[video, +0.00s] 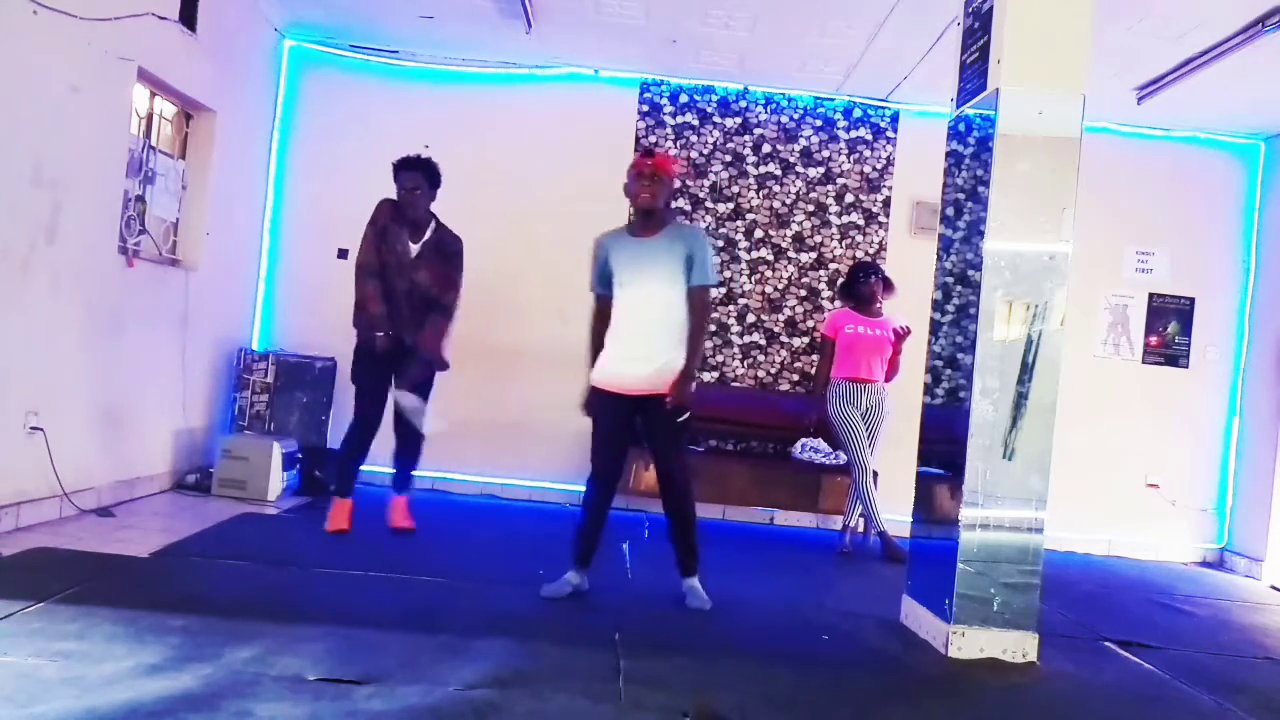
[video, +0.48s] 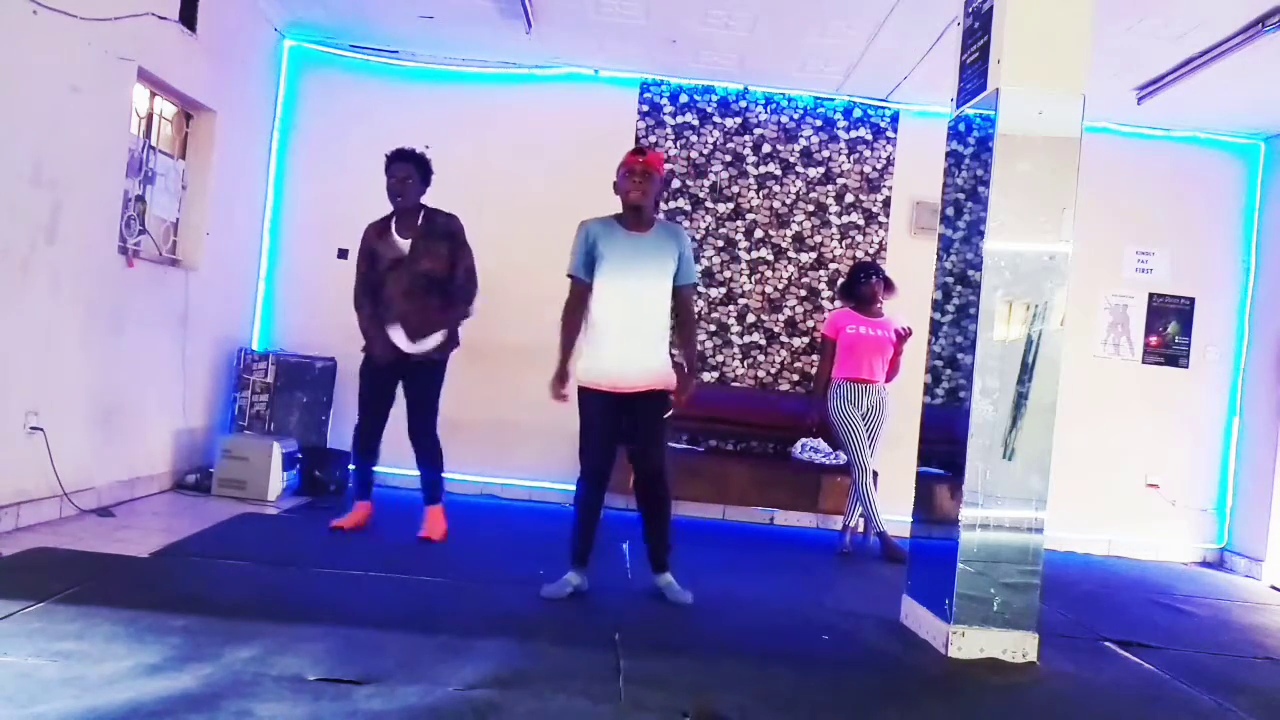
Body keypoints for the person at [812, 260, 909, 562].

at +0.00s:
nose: (878, 294)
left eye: (881, 287)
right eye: (870, 286)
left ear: (885, 290)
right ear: (855, 289)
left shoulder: (889, 327)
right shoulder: (838, 318)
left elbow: (889, 376)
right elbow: (825, 363)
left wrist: (898, 348)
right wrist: (818, 403)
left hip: (876, 397)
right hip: (843, 393)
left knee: (864, 464)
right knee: (861, 462)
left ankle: (847, 531)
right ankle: (883, 534)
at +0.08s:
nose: (877, 296)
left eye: (881, 289)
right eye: (870, 289)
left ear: (885, 290)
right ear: (855, 290)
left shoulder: (889, 327)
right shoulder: (838, 318)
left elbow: (889, 376)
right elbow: (825, 363)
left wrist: (898, 348)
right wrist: (818, 403)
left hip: (875, 398)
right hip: (843, 393)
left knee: (864, 464)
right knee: (861, 462)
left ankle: (847, 531)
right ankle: (883, 534)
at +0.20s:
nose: (877, 294)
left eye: (880, 287)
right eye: (870, 287)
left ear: (885, 289)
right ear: (855, 290)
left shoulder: (889, 327)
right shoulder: (838, 318)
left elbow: (889, 376)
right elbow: (825, 364)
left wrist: (898, 348)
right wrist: (817, 404)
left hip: (875, 398)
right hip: (843, 394)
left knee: (864, 464)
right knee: (861, 463)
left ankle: (847, 532)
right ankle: (882, 535)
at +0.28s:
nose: (877, 290)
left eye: (880, 284)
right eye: (869, 283)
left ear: (885, 289)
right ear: (856, 289)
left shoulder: (890, 327)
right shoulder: (838, 318)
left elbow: (889, 376)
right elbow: (825, 364)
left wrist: (898, 348)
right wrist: (818, 404)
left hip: (876, 397)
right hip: (843, 393)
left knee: (864, 465)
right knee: (862, 464)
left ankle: (847, 532)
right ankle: (882, 535)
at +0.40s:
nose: (877, 289)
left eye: (880, 283)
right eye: (869, 283)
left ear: (885, 288)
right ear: (856, 288)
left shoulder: (890, 327)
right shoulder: (839, 318)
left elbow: (889, 376)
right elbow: (825, 364)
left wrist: (899, 349)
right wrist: (818, 404)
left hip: (876, 397)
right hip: (843, 393)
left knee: (864, 465)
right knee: (861, 464)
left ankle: (847, 532)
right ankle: (882, 535)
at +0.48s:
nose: (876, 286)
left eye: (880, 281)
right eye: (869, 281)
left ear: (885, 288)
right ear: (856, 288)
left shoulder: (890, 327)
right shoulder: (839, 318)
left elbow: (889, 376)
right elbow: (825, 364)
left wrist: (899, 349)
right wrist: (817, 404)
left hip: (876, 397)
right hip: (844, 393)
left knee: (864, 465)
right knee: (862, 463)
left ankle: (847, 532)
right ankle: (882, 535)